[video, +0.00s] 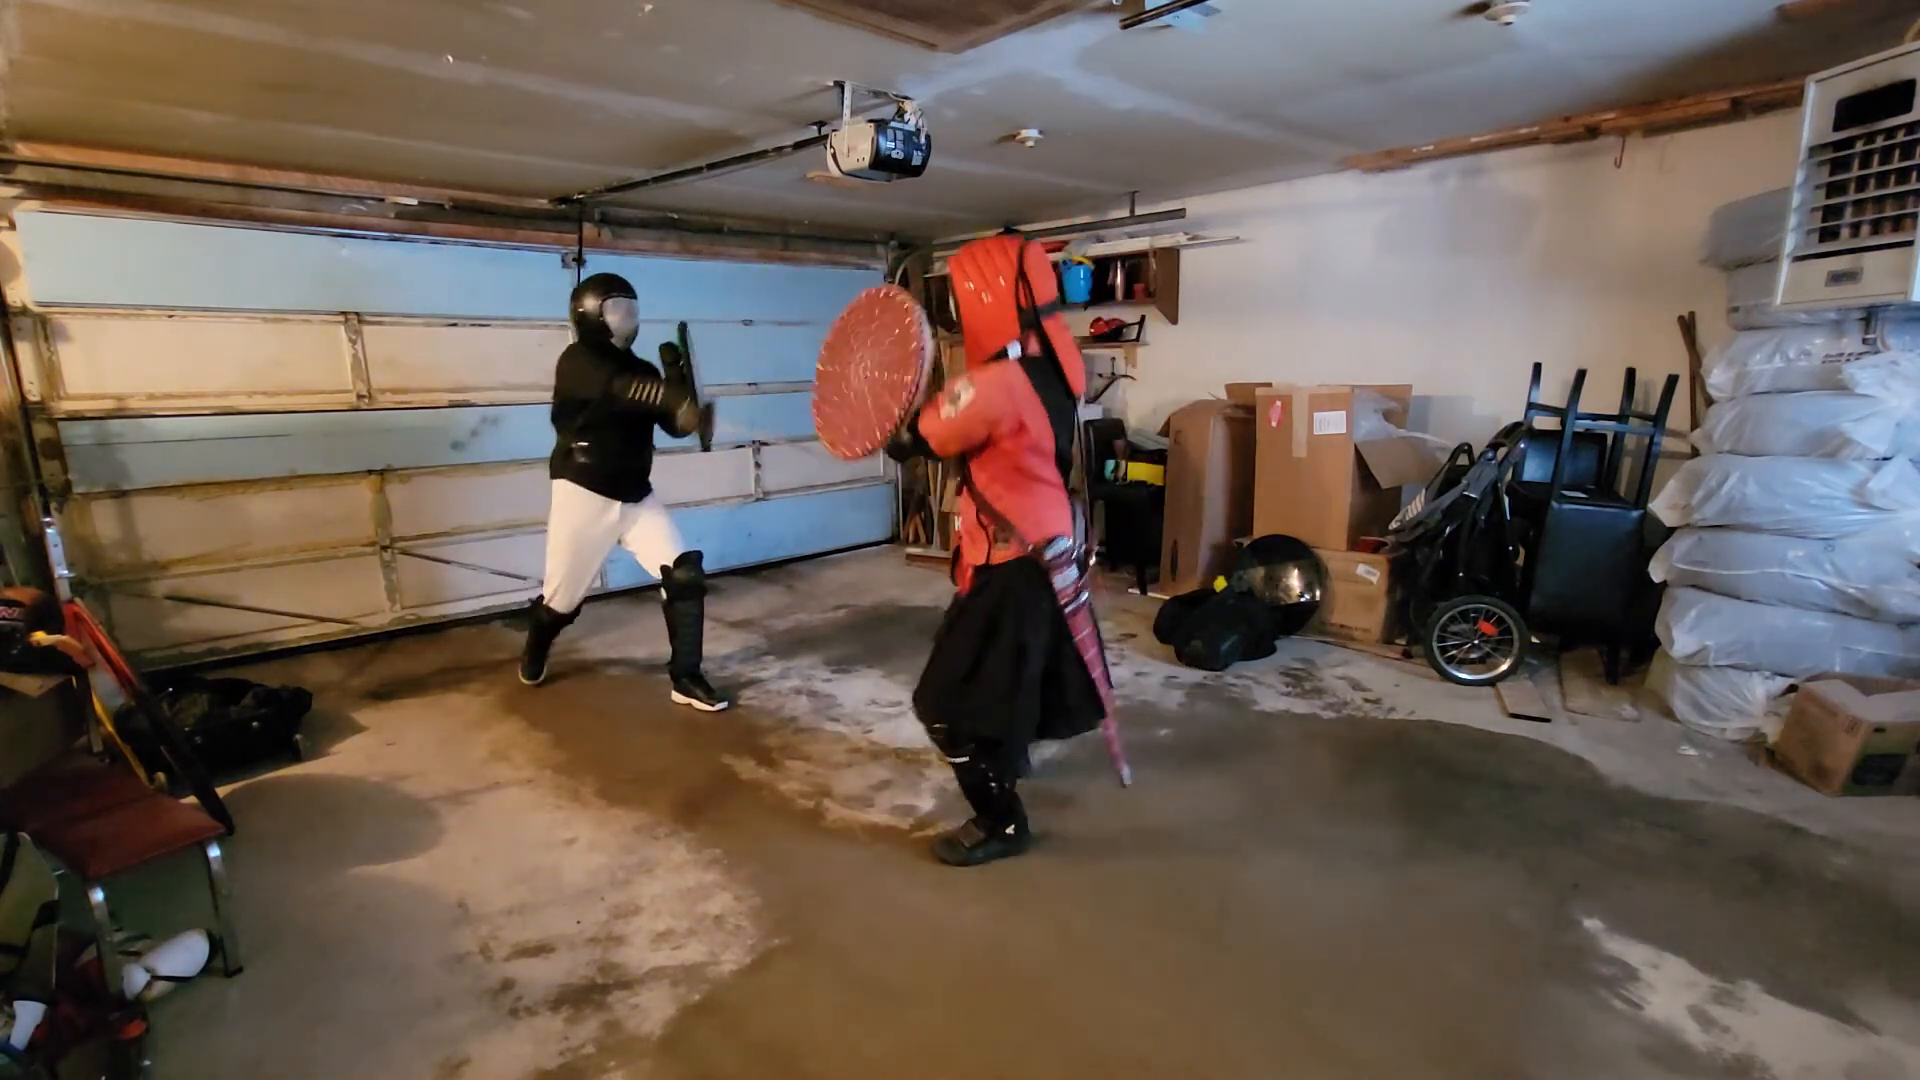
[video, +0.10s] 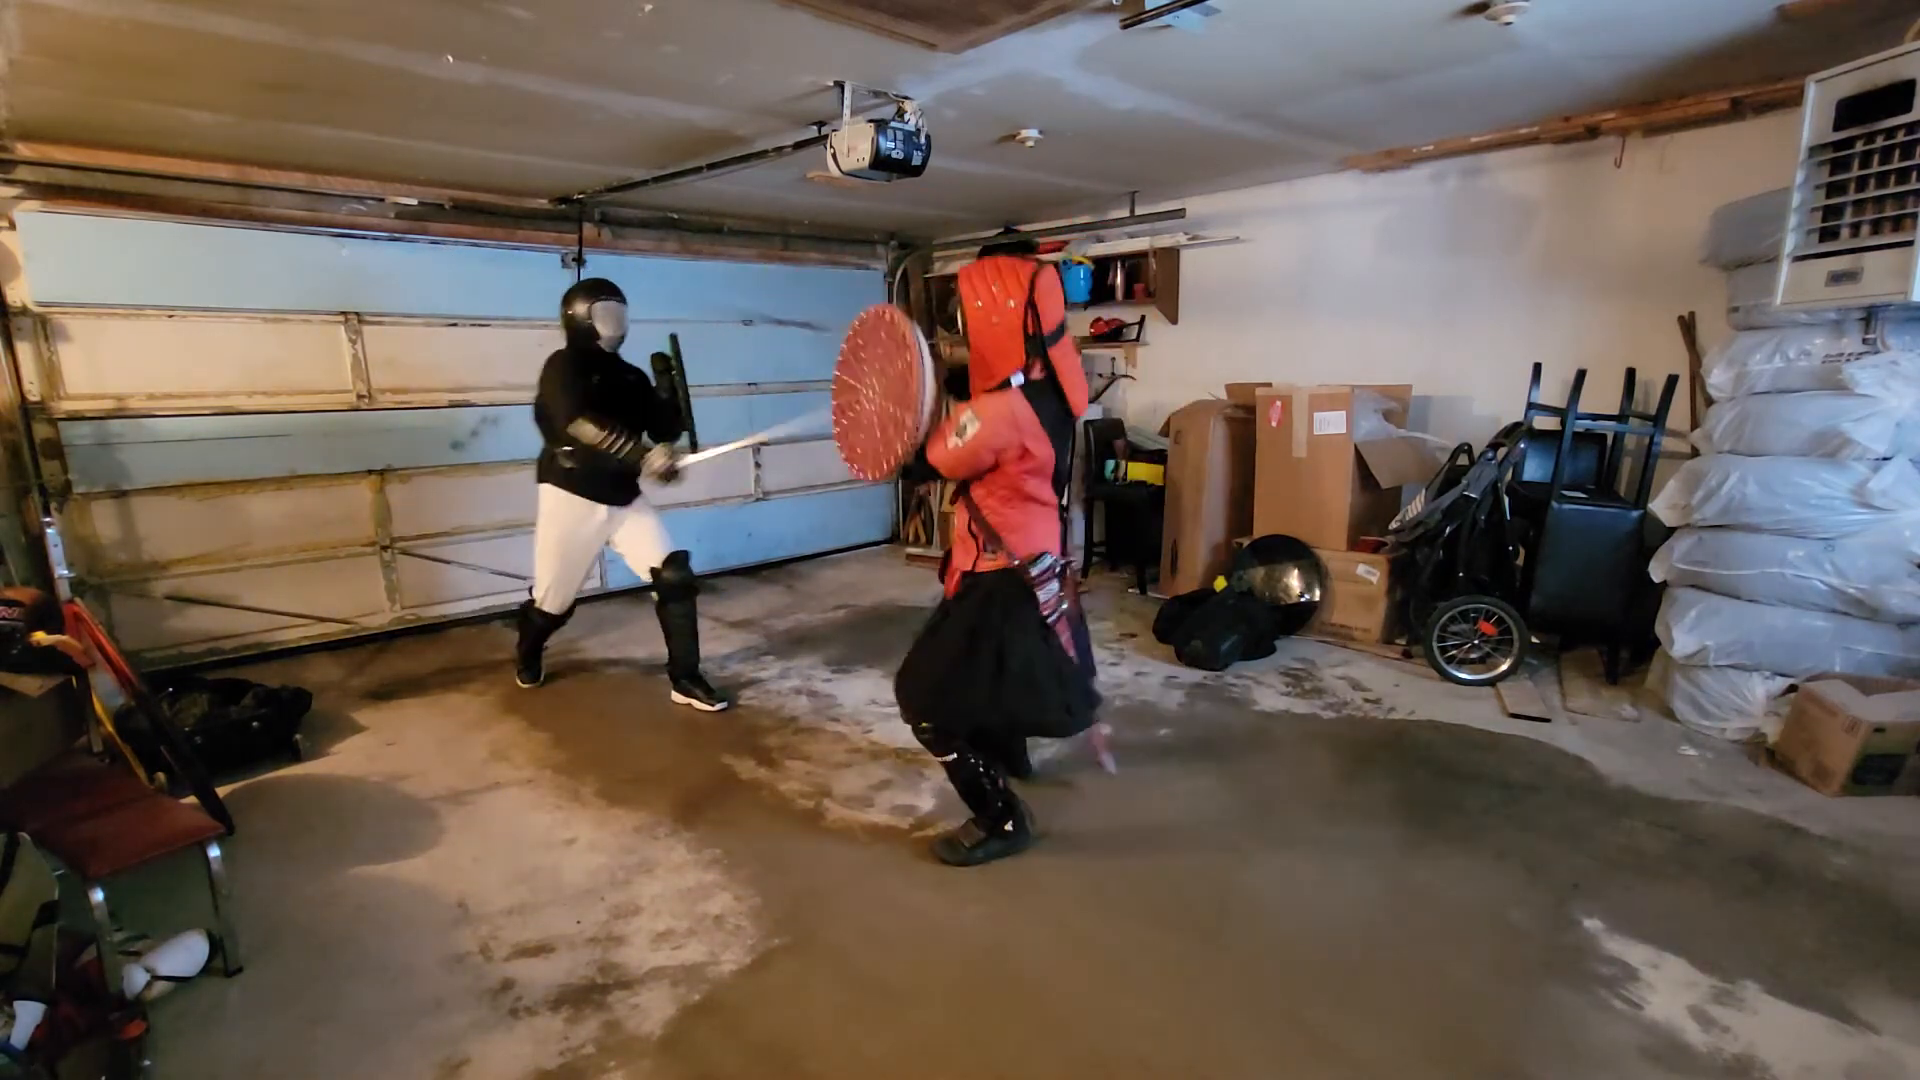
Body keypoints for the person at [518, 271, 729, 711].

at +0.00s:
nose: (630, 317)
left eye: (632, 308)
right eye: (620, 308)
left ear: (633, 313)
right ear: (593, 313)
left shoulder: (641, 370)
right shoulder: (579, 361)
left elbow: (677, 425)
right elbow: (623, 389)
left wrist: (677, 377)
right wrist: (678, 402)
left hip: (635, 497)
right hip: (582, 495)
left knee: (684, 572)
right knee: (561, 603)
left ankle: (686, 677)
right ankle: (535, 650)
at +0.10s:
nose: (619, 319)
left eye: (621, 310)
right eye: (608, 310)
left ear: (624, 315)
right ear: (581, 317)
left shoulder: (632, 378)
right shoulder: (563, 367)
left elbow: (664, 431)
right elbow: (571, 423)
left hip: (624, 500)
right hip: (570, 497)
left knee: (674, 575)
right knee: (553, 603)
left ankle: (686, 678)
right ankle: (528, 651)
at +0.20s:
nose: (603, 320)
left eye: (604, 310)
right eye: (593, 310)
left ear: (601, 315)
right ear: (565, 314)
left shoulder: (612, 374)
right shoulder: (540, 371)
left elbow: (645, 433)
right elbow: (534, 438)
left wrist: (653, 389)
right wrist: (588, 477)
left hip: (605, 496)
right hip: (549, 496)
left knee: (651, 576)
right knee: (537, 592)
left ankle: (684, 676)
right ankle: (530, 666)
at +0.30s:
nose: (588, 318)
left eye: (587, 308)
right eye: (579, 308)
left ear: (577, 316)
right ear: (549, 312)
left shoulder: (595, 371)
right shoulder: (517, 370)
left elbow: (625, 428)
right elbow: (503, 444)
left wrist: (643, 391)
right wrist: (553, 474)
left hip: (587, 492)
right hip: (532, 493)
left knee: (634, 567)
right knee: (528, 588)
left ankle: (665, 662)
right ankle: (531, 661)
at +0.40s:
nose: (575, 315)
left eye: (574, 306)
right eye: (566, 306)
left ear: (567, 311)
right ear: (538, 312)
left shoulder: (585, 369)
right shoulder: (503, 367)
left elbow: (616, 426)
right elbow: (481, 441)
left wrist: (625, 382)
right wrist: (526, 467)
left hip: (581, 489)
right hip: (526, 492)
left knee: (625, 561)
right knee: (526, 585)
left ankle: (628, 649)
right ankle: (532, 662)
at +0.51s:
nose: (562, 311)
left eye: (562, 301)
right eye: (552, 302)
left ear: (558, 308)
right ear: (525, 308)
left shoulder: (574, 364)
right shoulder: (493, 363)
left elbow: (610, 421)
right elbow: (466, 434)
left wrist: (617, 377)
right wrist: (503, 461)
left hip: (576, 487)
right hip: (521, 491)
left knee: (615, 564)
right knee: (526, 582)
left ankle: (603, 641)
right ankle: (531, 660)